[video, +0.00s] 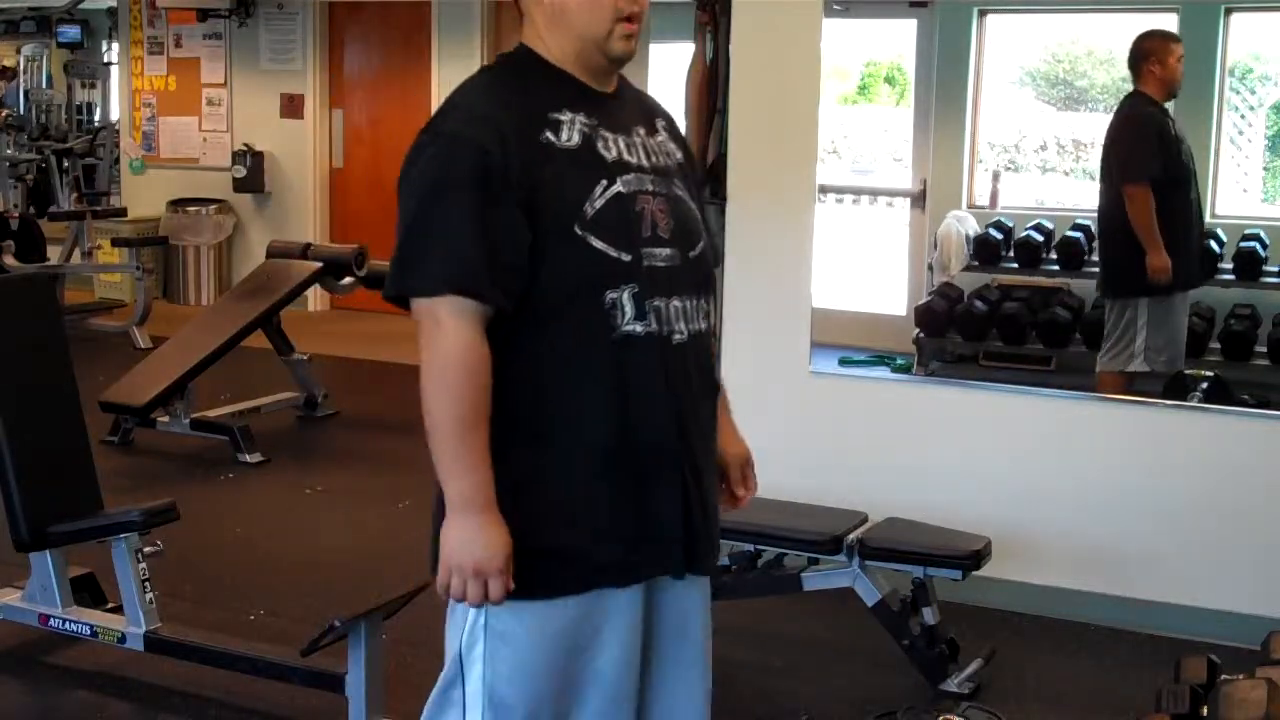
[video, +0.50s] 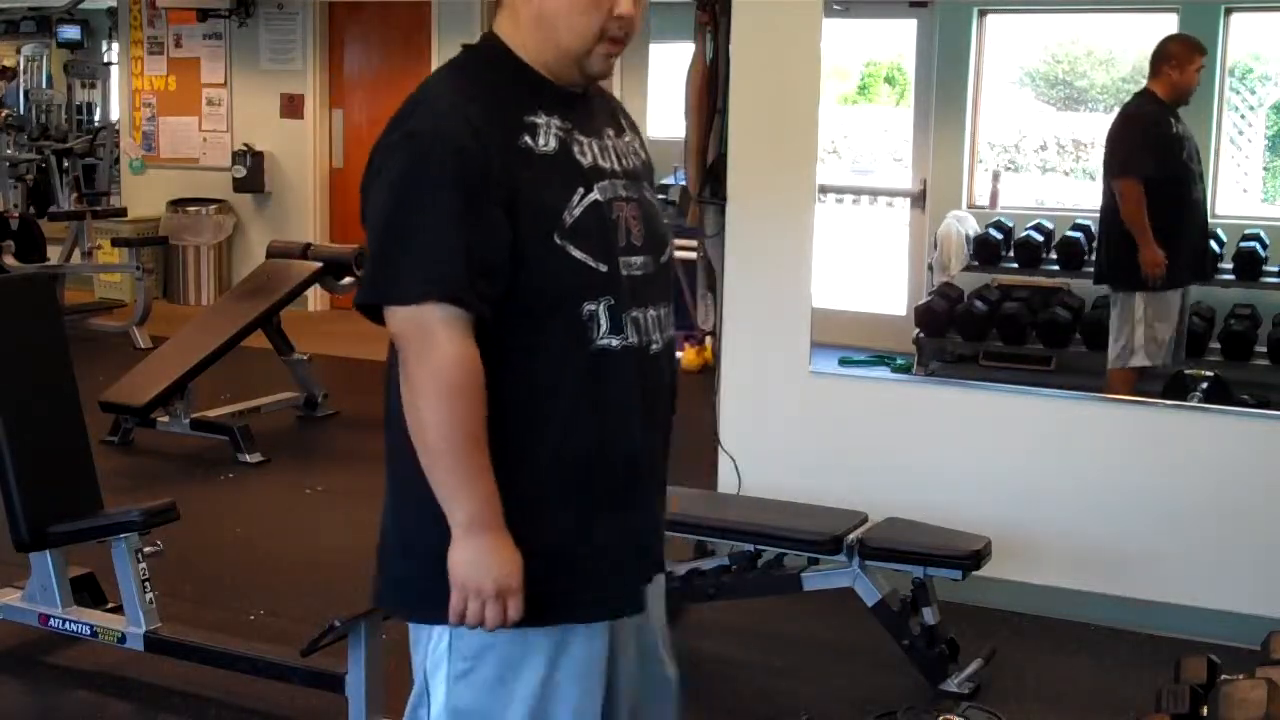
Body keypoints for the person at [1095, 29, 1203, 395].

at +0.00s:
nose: (1183, 68)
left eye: (1182, 61)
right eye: (1178, 61)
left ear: (1153, 67)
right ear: (1154, 66)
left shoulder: (1153, 115)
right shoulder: (1138, 116)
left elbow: (1149, 187)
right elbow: (1134, 189)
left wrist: (1173, 247)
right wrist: (1155, 250)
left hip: (1155, 265)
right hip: (1137, 266)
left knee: (1136, 366)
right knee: (1118, 367)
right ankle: (1107, 444)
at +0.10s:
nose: (1188, 72)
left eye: (1188, 65)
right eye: (1185, 64)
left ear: (1160, 68)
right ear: (1160, 67)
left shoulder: (1156, 116)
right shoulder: (1139, 117)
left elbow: (1154, 188)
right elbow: (1135, 189)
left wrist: (1177, 246)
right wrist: (1158, 249)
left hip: (1158, 264)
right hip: (1137, 265)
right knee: (1121, 366)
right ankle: (1104, 444)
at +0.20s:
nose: (1192, 81)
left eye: (1194, 73)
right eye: (1189, 71)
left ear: (1165, 69)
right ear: (1164, 67)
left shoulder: (1159, 117)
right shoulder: (1139, 116)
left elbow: (1158, 188)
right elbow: (1132, 189)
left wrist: (1180, 244)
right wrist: (1159, 248)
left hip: (1162, 264)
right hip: (1137, 264)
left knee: (1165, 363)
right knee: (1129, 362)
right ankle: (1113, 445)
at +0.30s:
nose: (1196, 83)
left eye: (1198, 74)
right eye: (1193, 73)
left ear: (1169, 71)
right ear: (1167, 69)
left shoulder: (1164, 119)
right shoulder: (1139, 116)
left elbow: (1161, 189)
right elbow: (1126, 188)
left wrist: (1182, 246)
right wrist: (1155, 247)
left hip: (1163, 265)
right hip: (1138, 267)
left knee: (1161, 363)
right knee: (1133, 363)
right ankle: (1109, 445)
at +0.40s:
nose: (1197, 81)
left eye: (1199, 73)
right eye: (1194, 72)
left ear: (1170, 71)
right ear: (1167, 69)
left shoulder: (1166, 118)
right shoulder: (1138, 116)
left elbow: (1167, 189)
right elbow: (1125, 190)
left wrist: (1185, 247)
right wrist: (1147, 248)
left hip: (1166, 263)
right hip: (1139, 266)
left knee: (1149, 364)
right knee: (1132, 364)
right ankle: (1106, 445)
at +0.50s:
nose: (1200, 79)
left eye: (1201, 71)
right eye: (1197, 70)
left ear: (1171, 69)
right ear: (1172, 68)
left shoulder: (1168, 118)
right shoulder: (1140, 115)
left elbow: (1169, 187)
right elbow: (1126, 184)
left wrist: (1183, 245)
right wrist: (1146, 246)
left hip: (1168, 260)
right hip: (1143, 263)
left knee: (1143, 364)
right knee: (1127, 364)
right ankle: (1113, 446)